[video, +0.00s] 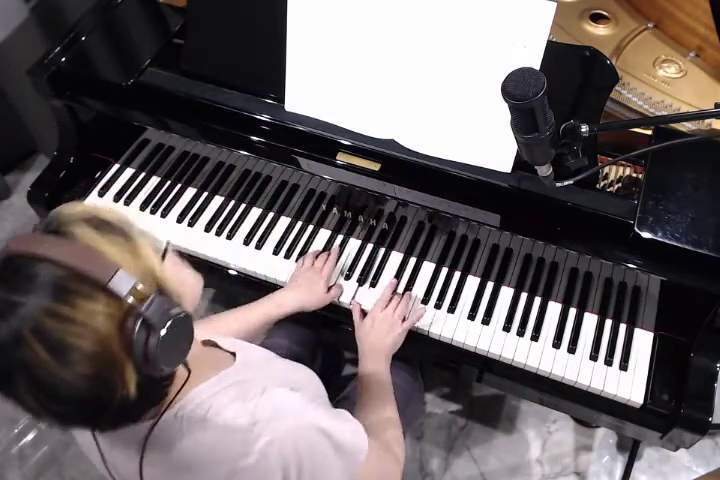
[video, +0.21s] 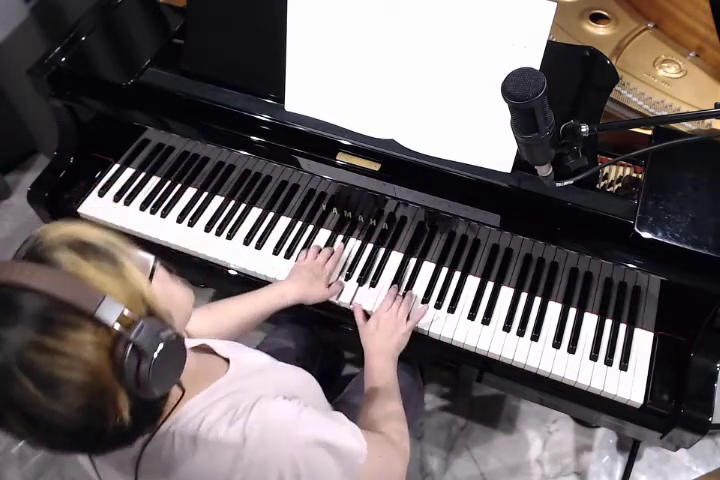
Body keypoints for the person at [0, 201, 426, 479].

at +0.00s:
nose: (166, 244)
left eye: (152, 244)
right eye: (155, 254)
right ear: (156, 342)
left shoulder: (83, 374)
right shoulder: (272, 435)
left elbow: (179, 345)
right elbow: (383, 465)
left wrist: (286, 301)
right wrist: (375, 361)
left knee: (302, 322)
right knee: (399, 377)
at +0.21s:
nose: (160, 263)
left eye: (146, 262)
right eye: (148, 271)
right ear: (147, 355)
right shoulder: (263, 437)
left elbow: (185, 329)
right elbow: (387, 461)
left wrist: (289, 290)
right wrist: (381, 356)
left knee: (305, 322)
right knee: (398, 369)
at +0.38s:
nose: (146, 287)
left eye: (128, 287)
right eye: (134, 299)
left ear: (141, 366)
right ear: (140, 369)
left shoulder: (135, 376)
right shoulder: (262, 453)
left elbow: (186, 325)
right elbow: (392, 463)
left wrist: (291, 276)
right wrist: (387, 355)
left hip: (256, 369)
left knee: (304, 313)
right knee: (393, 365)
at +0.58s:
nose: (151, 304)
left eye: (131, 305)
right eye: (142, 323)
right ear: (144, 391)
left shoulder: (142, 380)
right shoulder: (262, 462)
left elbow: (185, 324)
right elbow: (384, 466)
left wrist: (292, 272)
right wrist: (378, 352)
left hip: (260, 374)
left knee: (309, 310)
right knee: (398, 369)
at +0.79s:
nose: (170, 320)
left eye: (150, 322)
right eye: (159, 339)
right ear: (162, 406)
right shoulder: (264, 464)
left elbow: (189, 308)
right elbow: (381, 466)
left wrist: (300, 259)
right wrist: (372, 348)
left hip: (261, 373)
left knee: (305, 322)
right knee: (399, 368)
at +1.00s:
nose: (191, 333)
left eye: (174, 333)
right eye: (187, 348)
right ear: (183, 407)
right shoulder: (278, 469)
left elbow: (207, 298)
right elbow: (378, 465)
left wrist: (306, 244)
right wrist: (366, 343)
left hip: (258, 372)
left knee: (301, 328)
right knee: (397, 369)